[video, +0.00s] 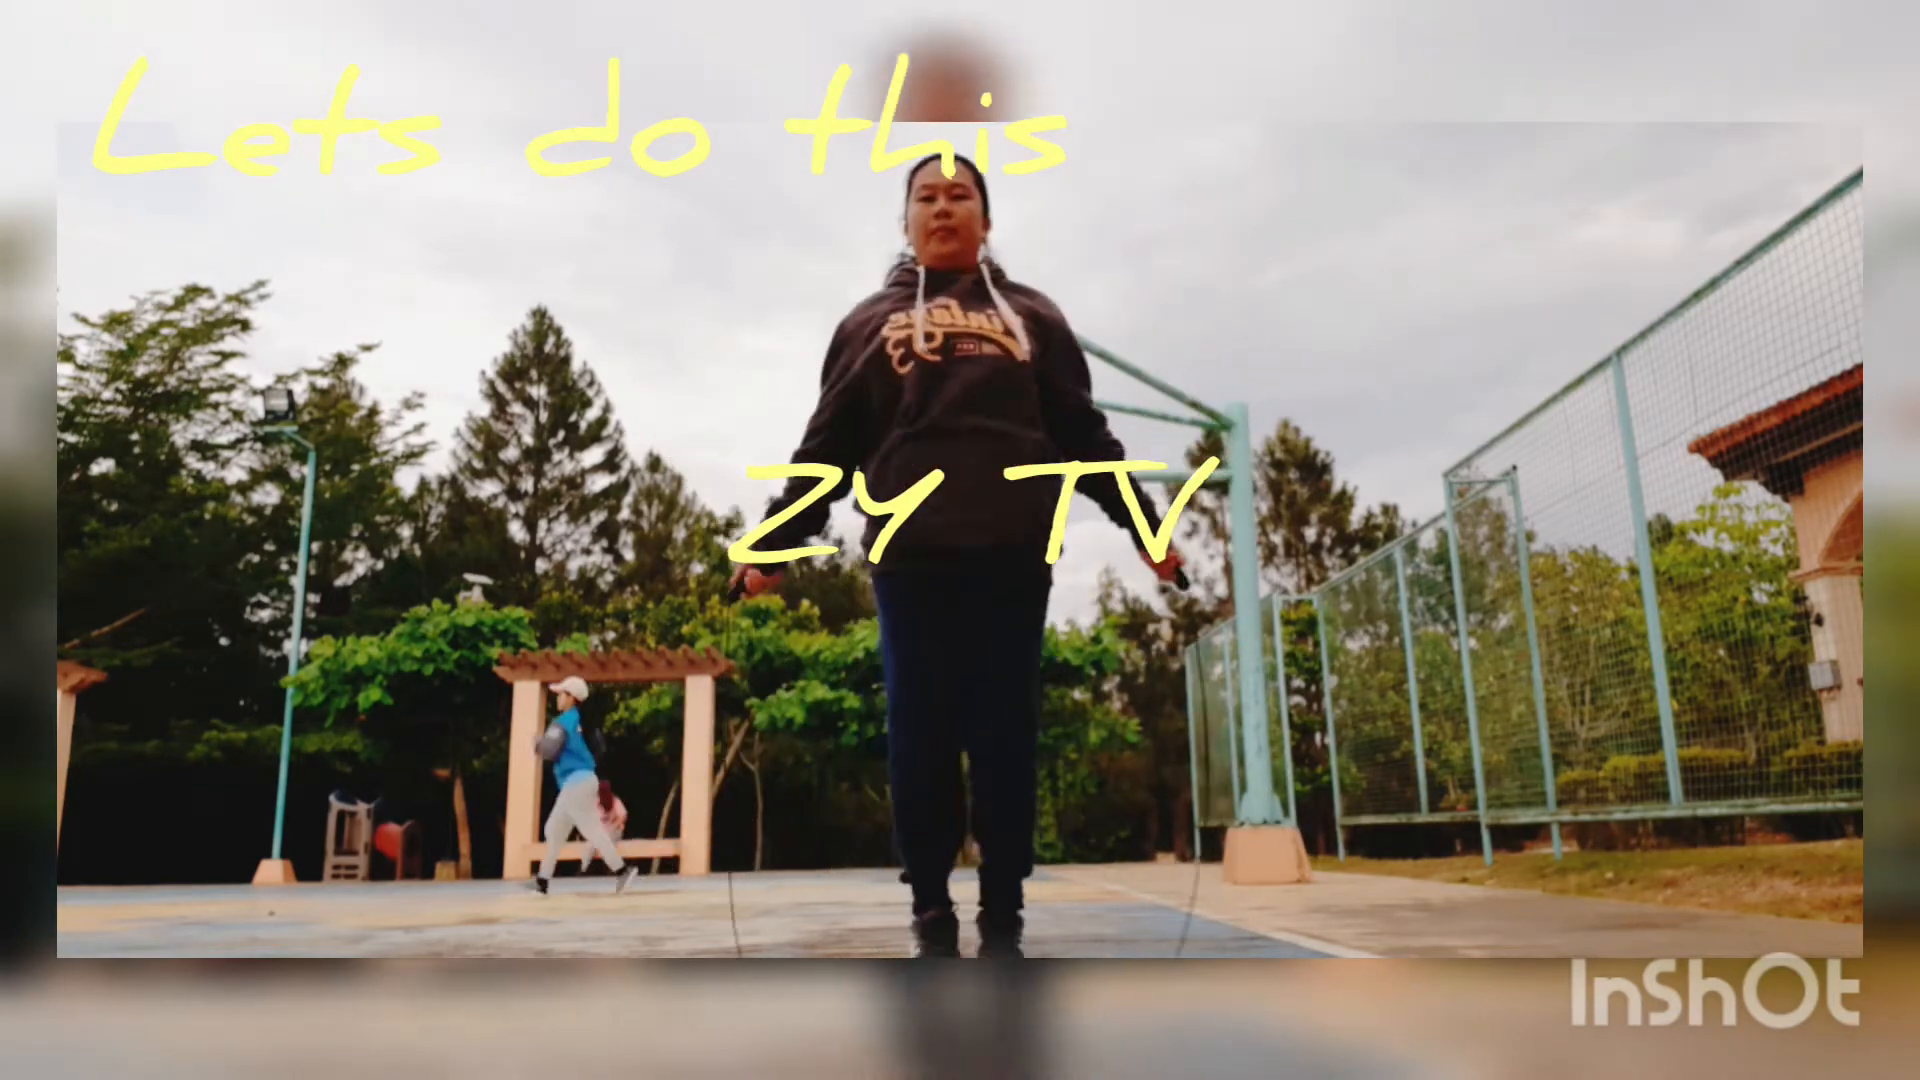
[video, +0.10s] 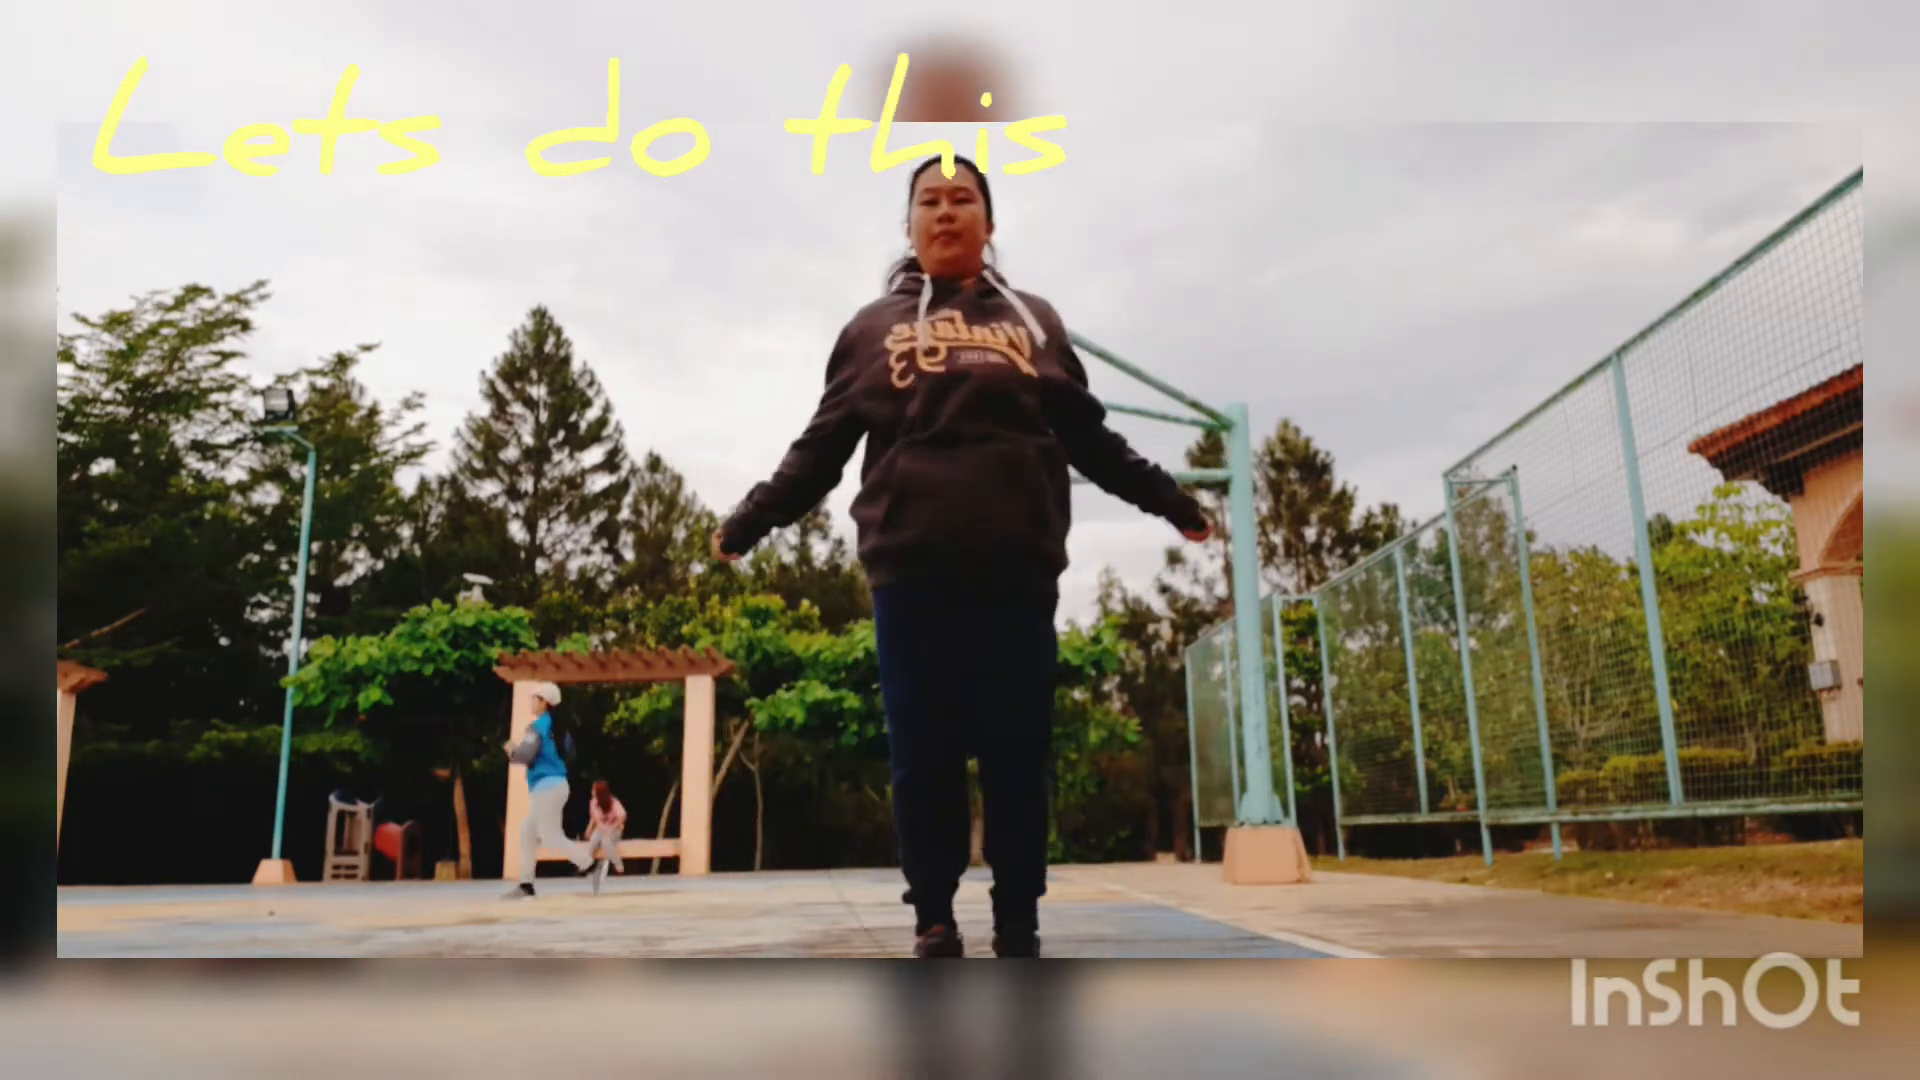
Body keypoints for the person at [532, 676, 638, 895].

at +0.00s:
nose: (557, 698)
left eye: (561, 695)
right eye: (559, 694)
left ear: (571, 698)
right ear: (571, 698)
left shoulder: (564, 720)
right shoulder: (571, 718)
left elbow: (549, 751)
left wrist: (539, 743)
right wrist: (545, 743)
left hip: (577, 781)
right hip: (581, 780)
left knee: (590, 826)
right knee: (554, 829)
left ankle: (621, 869)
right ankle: (543, 878)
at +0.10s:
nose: (532, 703)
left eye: (535, 699)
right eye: (533, 699)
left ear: (543, 702)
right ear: (546, 702)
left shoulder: (540, 724)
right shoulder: (552, 723)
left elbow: (524, 755)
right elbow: (568, 750)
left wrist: (511, 750)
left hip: (547, 785)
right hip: (555, 784)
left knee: (550, 835)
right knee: (528, 832)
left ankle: (589, 863)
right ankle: (526, 882)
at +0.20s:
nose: (503, 708)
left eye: (506, 704)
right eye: (503, 704)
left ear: (516, 707)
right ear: (515, 707)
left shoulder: (515, 728)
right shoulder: (523, 726)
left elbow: (511, 760)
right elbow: (515, 759)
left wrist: (492, 762)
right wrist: (496, 760)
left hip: (522, 790)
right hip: (530, 788)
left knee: (501, 841)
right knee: (510, 840)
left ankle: (542, 867)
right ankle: (524, 882)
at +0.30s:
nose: (462, 701)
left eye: (466, 697)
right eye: (463, 697)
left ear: (476, 700)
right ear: (474, 700)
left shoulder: (478, 722)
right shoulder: (473, 723)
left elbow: (492, 748)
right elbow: (472, 753)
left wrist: (463, 756)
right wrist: (452, 748)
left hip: (480, 783)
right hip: (490, 782)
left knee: (452, 826)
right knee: (491, 834)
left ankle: (454, 880)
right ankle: (518, 874)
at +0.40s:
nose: (434, 699)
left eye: (438, 696)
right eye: (435, 696)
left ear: (448, 699)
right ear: (444, 699)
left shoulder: (449, 720)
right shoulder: (443, 722)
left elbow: (468, 746)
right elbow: (443, 753)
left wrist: (437, 755)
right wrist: (425, 746)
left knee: (427, 830)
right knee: (467, 830)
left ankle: (412, 882)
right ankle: (499, 869)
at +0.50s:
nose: (406, 705)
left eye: (410, 702)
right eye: (407, 701)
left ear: (419, 705)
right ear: (419, 705)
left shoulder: (421, 727)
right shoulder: (418, 727)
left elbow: (430, 759)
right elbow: (421, 758)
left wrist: (401, 763)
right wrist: (398, 756)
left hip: (420, 791)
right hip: (433, 790)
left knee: (396, 836)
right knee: (425, 843)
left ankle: (401, 886)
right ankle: (466, 868)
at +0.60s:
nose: (379, 709)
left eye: (382, 705)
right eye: (380, 705)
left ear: (392, 708)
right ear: (392, 709)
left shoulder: (390, 731)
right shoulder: (395, 730)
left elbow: (385, 764)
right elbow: (388, 763)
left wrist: (363, 761)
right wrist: (367, 760)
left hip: (395, 793)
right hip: (407, 792)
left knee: (377, 842)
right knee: (383, 842)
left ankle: (400, 884)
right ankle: (412, 871)